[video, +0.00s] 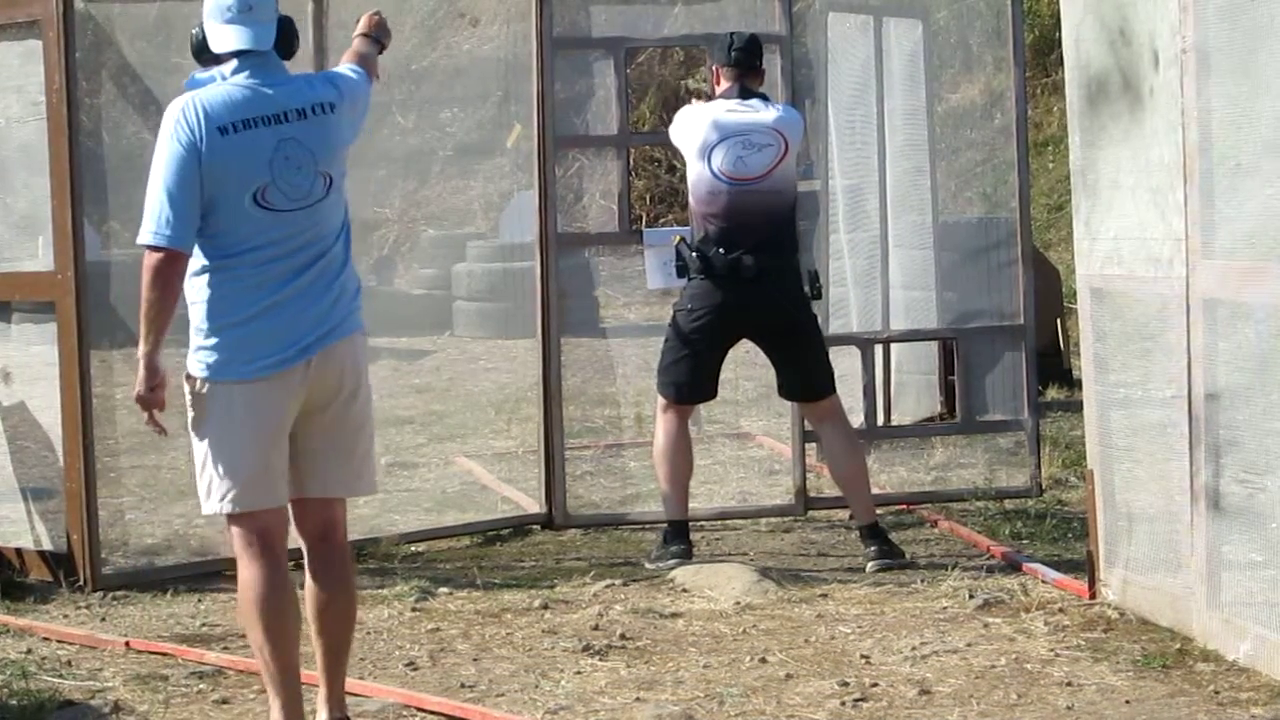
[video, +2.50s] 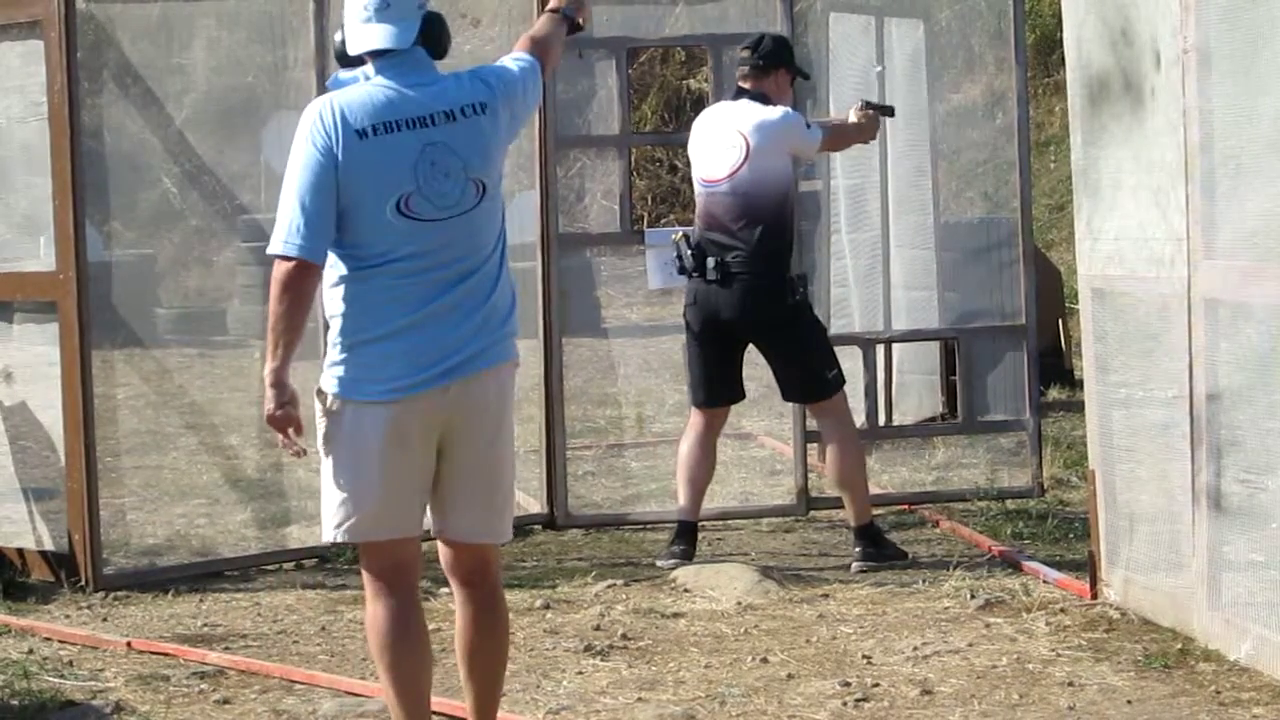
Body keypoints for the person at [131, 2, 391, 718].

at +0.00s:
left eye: (207, 47)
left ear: (207, 49)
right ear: (281, 40)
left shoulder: (191, 115)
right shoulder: (326, 98)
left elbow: (165, 252)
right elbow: (361, 68)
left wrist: (148, 354)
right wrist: (371, 34)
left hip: (238, 357)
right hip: (334, 340)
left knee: (257, 545)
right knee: (327, 533)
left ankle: (288, 711)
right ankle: (334, 704)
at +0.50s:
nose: (176, 64)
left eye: (174, 52)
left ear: (176, 52)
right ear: (251, 39)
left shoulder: (162, 119)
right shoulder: (305, 91)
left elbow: (137, 260)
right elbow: (336, 59)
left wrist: (120, 363)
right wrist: (348, 29)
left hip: (220, 362)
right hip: (320, 340)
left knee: (250, 547)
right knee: (320, 534)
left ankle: (286, 709)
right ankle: (333, 705)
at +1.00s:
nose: (172, 57)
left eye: (175, 47)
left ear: (180, 48)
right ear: (256, 35)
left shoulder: (164, 117)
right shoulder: (310, 89)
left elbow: (141, 259)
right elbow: (341, 53)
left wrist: (129, 363)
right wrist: (353, 24)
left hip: (232, 363)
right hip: (332, 335)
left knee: (251, 550)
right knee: (349, 516)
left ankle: (284, 709)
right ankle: (390, 687)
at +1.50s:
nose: (283, 63)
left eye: (281, 50)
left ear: (283, 53)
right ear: (361, 44)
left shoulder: (270, 126)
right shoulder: (409, 101)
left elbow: (245, 269)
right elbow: (422, 62)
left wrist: (223, 378)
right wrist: (426, 26)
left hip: (304, 372)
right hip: (409, 359)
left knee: (282, 554)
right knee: (429, 547)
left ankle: (286, 711)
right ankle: (470, 711)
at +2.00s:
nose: (356, 60)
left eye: (357, 46)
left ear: (360, 47)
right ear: (436, 37)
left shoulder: (346, 111)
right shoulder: (488, 98)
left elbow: (322, 253)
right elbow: (515, 64)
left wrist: (303, 366)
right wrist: (524, 28)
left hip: (381, 365)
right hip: (484, 357)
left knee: (355, 549)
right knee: (475, 549)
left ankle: (387, 712)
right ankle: (485, 715)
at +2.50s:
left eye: (344, 51)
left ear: (350, 51)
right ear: (430, 41)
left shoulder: (329, 119)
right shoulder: (484, 96)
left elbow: (297, 263)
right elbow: (534, 54)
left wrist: (276, 374)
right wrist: (559, 17)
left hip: (378, 381)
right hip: (484, 368)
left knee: (390, 577)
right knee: (477, 571)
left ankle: (411, 713)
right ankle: (485, 714)